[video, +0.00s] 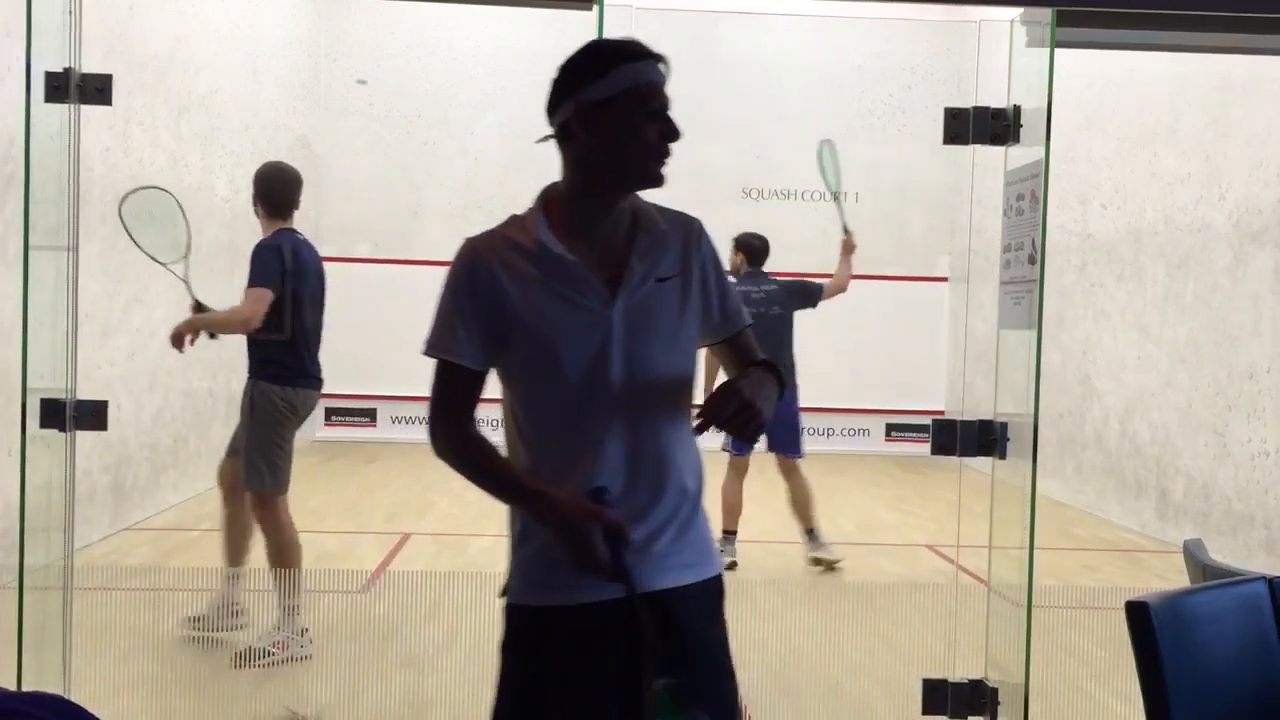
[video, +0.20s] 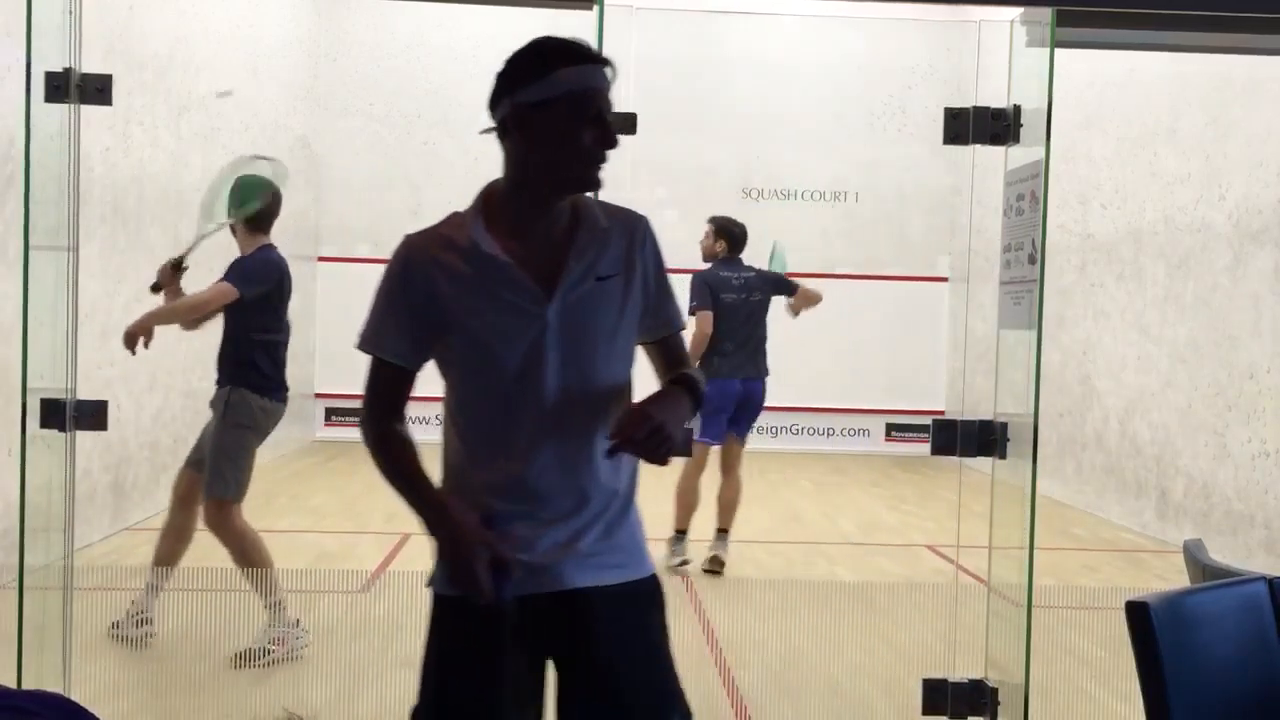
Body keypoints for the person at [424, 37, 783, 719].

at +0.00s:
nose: (673, 133)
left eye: (667, 114)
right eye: (653, 113)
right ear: (582, 125)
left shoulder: (684, 243)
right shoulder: (493, 262)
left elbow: (755, 371)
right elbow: (448, 427)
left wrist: (757, 387)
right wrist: (546, 505)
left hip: (680, 578)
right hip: (559, 590)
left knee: (709, 714)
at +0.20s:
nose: (612, 138)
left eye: (610, 120)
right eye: (591, 119)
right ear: (521, 125)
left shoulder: (626, 239)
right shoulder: (431, 260)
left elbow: (682, 379)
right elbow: (380, 417)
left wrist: (674, 405)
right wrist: (444, 521)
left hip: (609, 570)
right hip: (483, 575)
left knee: (648, 712)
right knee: (465, 716)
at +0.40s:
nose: (572, 144)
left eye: (571, 124)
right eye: (550, 125)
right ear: (480, 125)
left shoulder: (591, 237)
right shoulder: (390, 259)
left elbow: (636, 379)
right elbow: (342, 414)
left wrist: (611, 409)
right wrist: (353, 554)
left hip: (575, 575)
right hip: (444, 577)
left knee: (604, 711)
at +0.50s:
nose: (560, 140)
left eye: (560, 119)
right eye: (538, 120)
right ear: (466, 121)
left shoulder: (582, 230)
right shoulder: (379, 253)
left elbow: (630, 367)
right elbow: (336, 408)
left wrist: (588, 404)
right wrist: (321, 563)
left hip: (566, 574)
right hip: (437, 578)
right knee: (414, 715)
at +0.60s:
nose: (554, 136)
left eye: (555, 116)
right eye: (531, 117)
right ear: (458, 117)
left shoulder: (578, 227)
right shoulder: (376, 252)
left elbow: (629, 361)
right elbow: (335, 406)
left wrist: (581, 398)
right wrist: (303, 571)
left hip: (563, 577)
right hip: (432, 582)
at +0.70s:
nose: (555, 134)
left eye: (554, 113)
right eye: (529, 113)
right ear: (455, 115)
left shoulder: (577, 227)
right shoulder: (374, 254)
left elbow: (627, 356)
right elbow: (335, 414)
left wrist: (585, 396)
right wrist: (297, 577)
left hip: (564, 576)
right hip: (435, 582)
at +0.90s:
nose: (570, 137)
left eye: (569, 117)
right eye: (545, 117)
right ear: (470, 118)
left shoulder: (581, 225)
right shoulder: (378, 257)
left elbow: (620, 351)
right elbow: (343, 417)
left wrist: (607, 400)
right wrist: (315, 580)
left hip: (578, 564)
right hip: (449, 575)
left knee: (612, 712)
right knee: (436, 717)